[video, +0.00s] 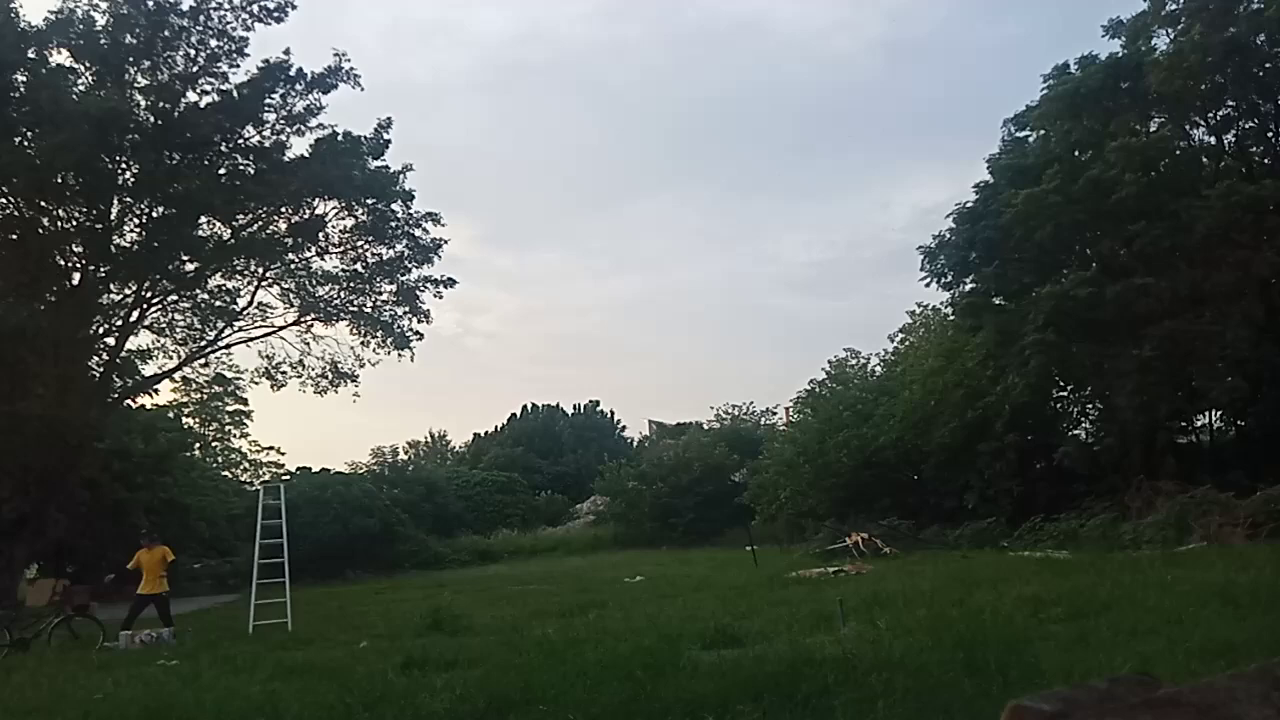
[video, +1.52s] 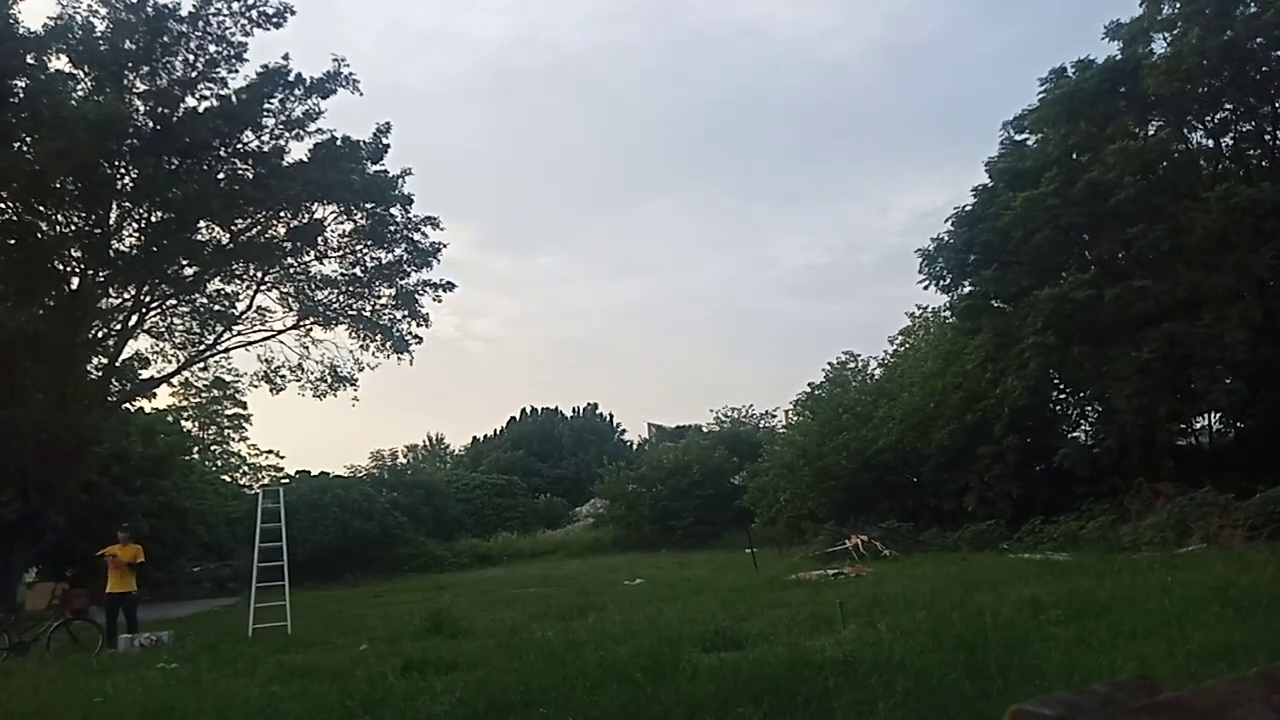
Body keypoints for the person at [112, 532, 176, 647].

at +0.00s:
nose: (143, 543)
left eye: (145, 540)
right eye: (141, 540)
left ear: (151, 539)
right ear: (141, 541)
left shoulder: (163, 550)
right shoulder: (140, 554)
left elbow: (173, 564)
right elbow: (128, 569)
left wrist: (166, 573)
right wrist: (115, 576)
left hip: (160, 591)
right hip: (144, 591)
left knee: (165, 617)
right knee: (131, 616)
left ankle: (173, 640)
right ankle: (120, 640)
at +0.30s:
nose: (116, 544)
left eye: (118, 541)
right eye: (115, 541)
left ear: (124, 540)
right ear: (115, 542)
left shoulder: (139, 547)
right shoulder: (115, 553)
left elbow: (150, 563)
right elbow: (106, 571)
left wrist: (153, 580)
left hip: (141, 587)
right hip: (124, 588)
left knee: (148, 612)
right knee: (116, 614)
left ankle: (161, 633)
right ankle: (114, 642)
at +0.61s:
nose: (110, 541)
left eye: (112, 538)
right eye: (109, 539)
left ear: (118, 537)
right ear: (108, 540)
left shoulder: (133, 545)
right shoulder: (107, 552)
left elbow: (143, 560)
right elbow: (99, 571)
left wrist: (144, 576)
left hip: (134, 584)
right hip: (117, 586)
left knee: (137, 613)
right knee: (114, 616)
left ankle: (138, 638)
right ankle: (114, 642)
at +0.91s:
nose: (115, 536)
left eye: (117, 533)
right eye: (113, 533)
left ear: (123, 533)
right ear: (110, 535)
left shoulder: (134, 545)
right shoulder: (108, 549)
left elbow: (141, 561)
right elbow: (99, 564)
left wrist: (131, 569)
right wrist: (94, 571)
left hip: (129, 586)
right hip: (113, 587)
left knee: (132, 615)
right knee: (111, 617)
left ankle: (134, 640)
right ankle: (113, 643)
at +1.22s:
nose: (119, 536)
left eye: (122, 533)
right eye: (118, 533)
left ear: (127, 534)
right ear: (116, 534)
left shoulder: (135, 547)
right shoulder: (112, 548)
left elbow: (137, 563)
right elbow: (99, 560)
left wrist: (120, 566)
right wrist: (108, 563)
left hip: (127, 588)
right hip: (111, 589)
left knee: (130, 618)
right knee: (110, 619)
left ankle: (132, 642)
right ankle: (111, 644)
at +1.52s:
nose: (122, 536)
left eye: (125, 533)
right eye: (121, 533)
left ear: (129, 535)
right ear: (117, 534)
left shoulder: (137, 549)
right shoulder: (112, 549)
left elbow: (140, 565)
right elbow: (96, 557)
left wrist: (125, 563)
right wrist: (107, 559)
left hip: (129, 590)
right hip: (112, 590)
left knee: (131, 620)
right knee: (110, 620)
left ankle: (133, 644)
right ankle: (111, 646)